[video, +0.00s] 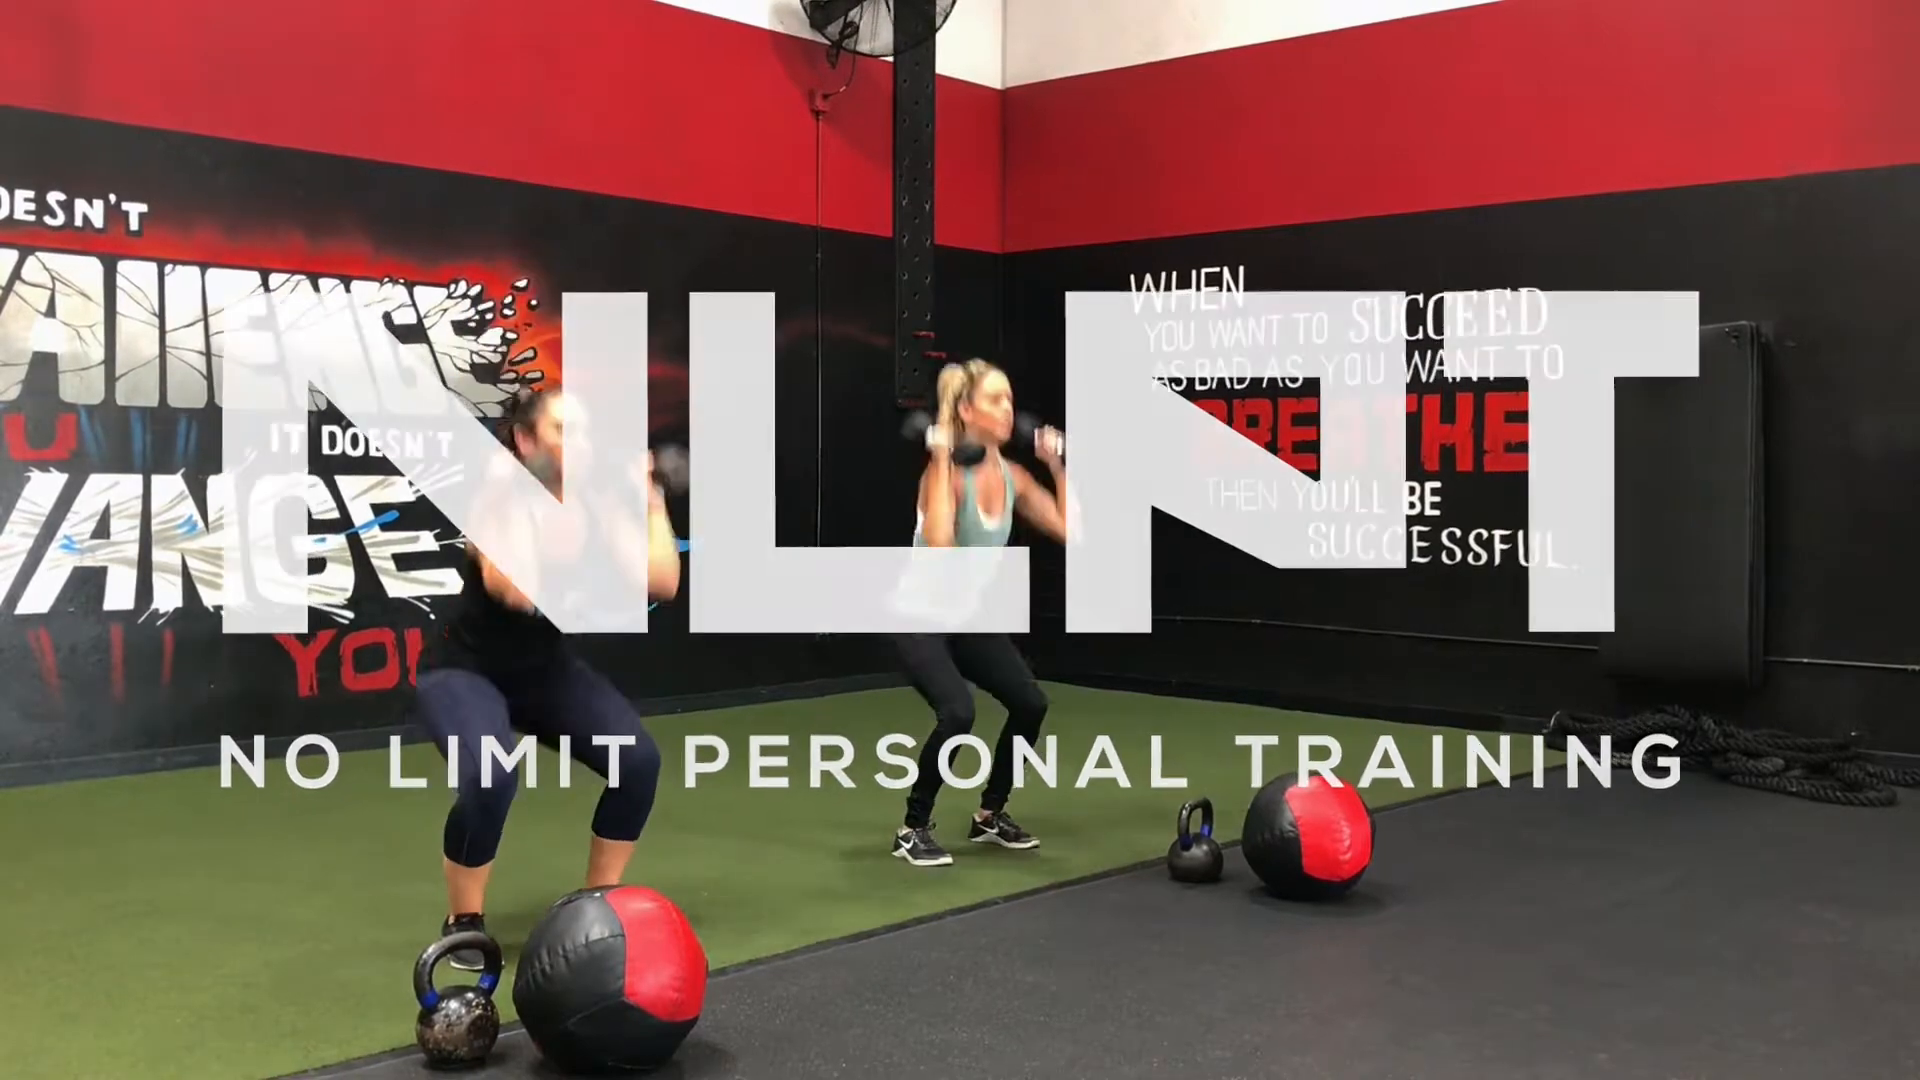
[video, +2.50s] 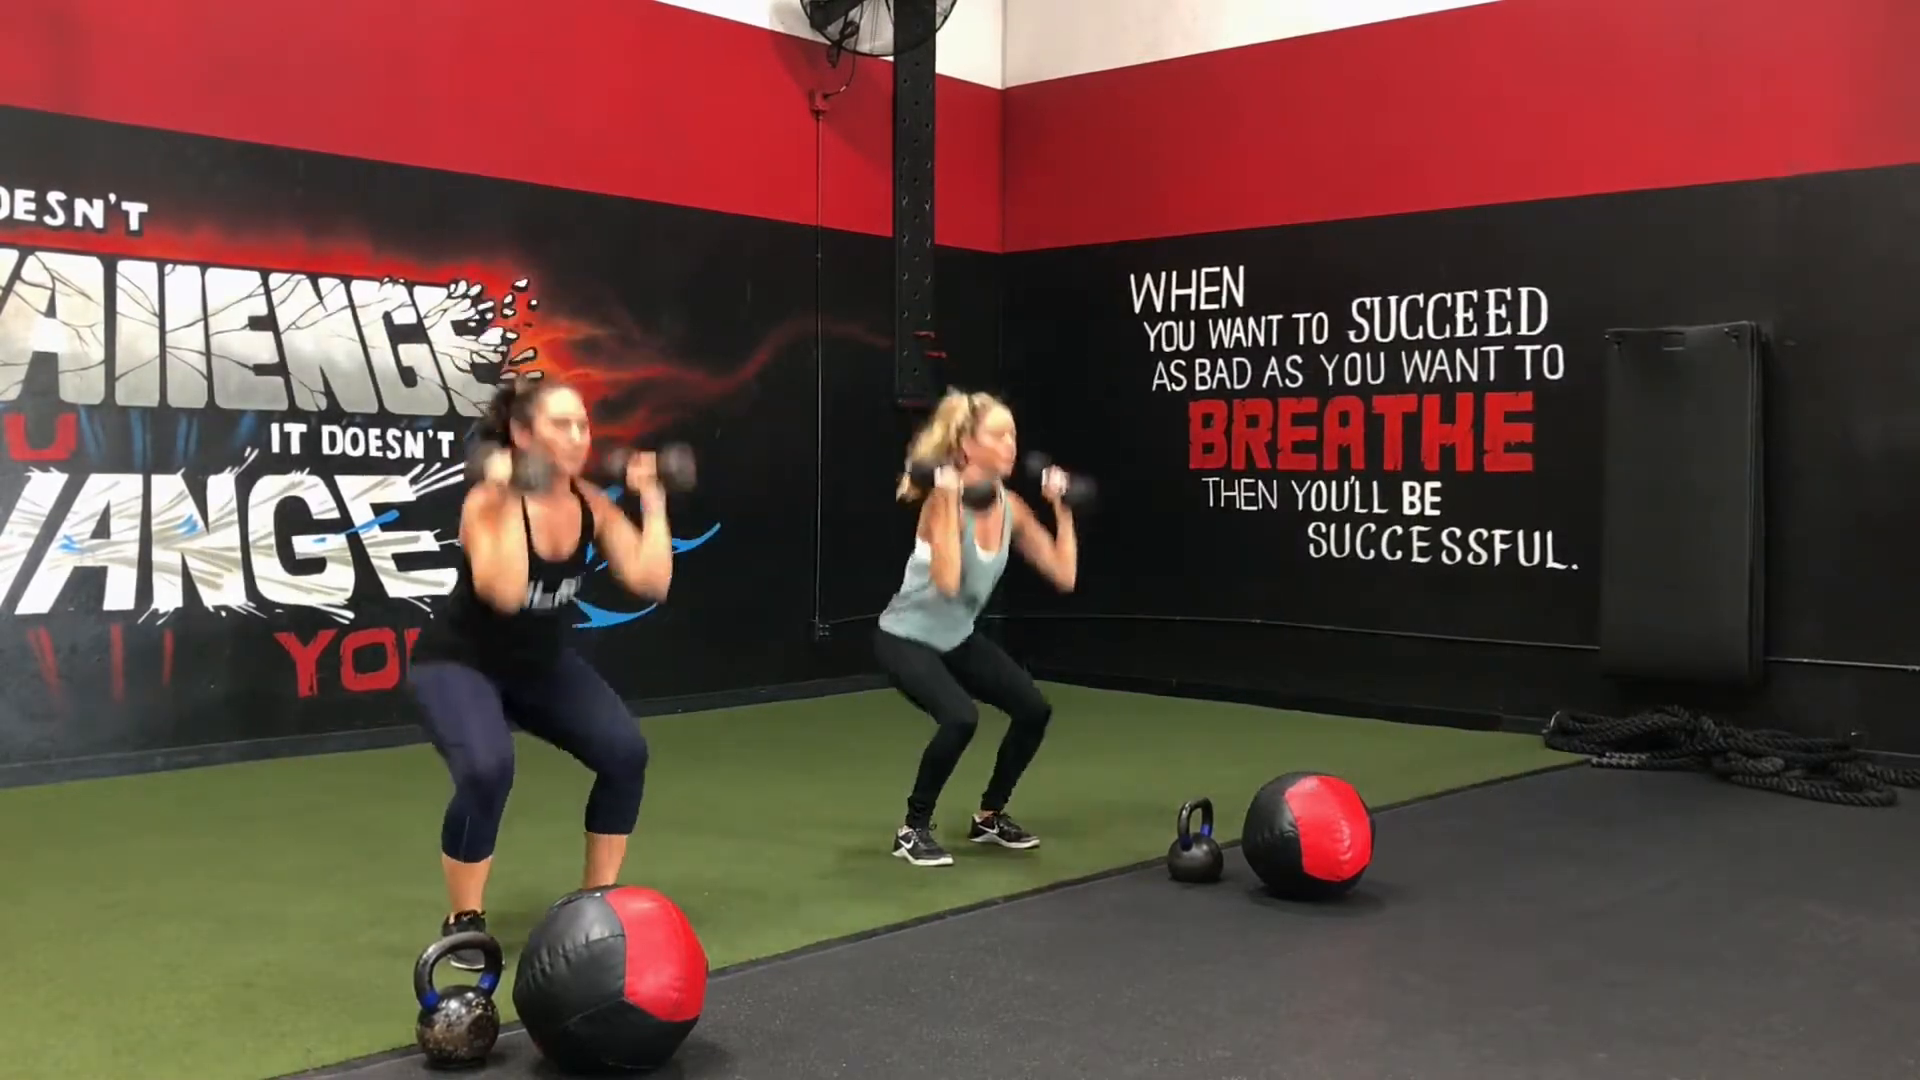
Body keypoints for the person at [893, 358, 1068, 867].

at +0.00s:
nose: (1008, 410)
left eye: (1009, 400)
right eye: (996, 401)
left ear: (1005, 409)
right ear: (965, 410)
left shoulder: (1011, 474)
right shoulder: (943, 473)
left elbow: (1068, 530)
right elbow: (938, 542)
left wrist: (1057, 467)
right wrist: (941, 460)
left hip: (971, 621)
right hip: (918, 622)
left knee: (1030, 703)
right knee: (957, 711)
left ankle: (990, 813)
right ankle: (915, 828)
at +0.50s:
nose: (997, 376)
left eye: (995, 367)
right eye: (987, 368)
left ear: (984, 375)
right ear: (959, 377)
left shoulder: (997, 434)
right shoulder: (936, 433)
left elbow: (1073, 456)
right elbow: (934, 450)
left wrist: (1059, 392)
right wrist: (932, 370)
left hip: (967, 594)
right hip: (915, 594)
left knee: (1012, 695)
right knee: (953, 701)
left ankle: (988, 814)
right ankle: (913, 826)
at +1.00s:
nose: (999, 389)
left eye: (1000, 380)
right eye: (987, 380)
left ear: (1000, 389)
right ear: (957, 388)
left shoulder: (1002, 452)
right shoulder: (937, 443)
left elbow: (1066, 510)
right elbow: (938, 502)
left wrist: (1057, 442)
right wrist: (934, 421)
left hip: (961, 608)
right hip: (909, 606)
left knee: (1021, 696)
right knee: (950, 705)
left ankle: (989, 815)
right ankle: (913, 827)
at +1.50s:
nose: (1004, 395)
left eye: (1006, 386)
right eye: (993, 386)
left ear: (1007, 394)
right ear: (966, 393)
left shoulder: (1008, 454)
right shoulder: (945, 446)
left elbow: (1080, 493)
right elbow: (945, 494)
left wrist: (1069, 425)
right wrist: (939, 416)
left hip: (963, 608)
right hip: (911, 605)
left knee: (1026, 699)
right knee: (957, 706)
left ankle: (989, 816)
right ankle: (914, 828)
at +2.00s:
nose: (997, 359)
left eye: (998, 350)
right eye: (988, 349)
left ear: (991, 357)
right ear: (957, 355)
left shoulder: (1000, 415)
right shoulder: (933, 411)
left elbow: (1080, 433)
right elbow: (933, 432)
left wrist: (1061, 369)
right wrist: (936, 347)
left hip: (976, 581)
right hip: (926, 580)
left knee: (1010, 690)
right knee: (949, 696)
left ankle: (988, 815)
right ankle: (913, 827)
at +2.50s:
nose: (1011, 446)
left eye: (1012, 435)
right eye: (1000, 436)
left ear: (1010, 445)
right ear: (967, 446)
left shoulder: (1009, 504)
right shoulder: (944, 504)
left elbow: (1064, 575)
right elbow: (948, 582)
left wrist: (1061, 507)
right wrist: (947, 498)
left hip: (957, 639)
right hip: (904, 639)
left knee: (1033, 711)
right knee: (960, 718)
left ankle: (989, 817)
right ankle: (915, 829)